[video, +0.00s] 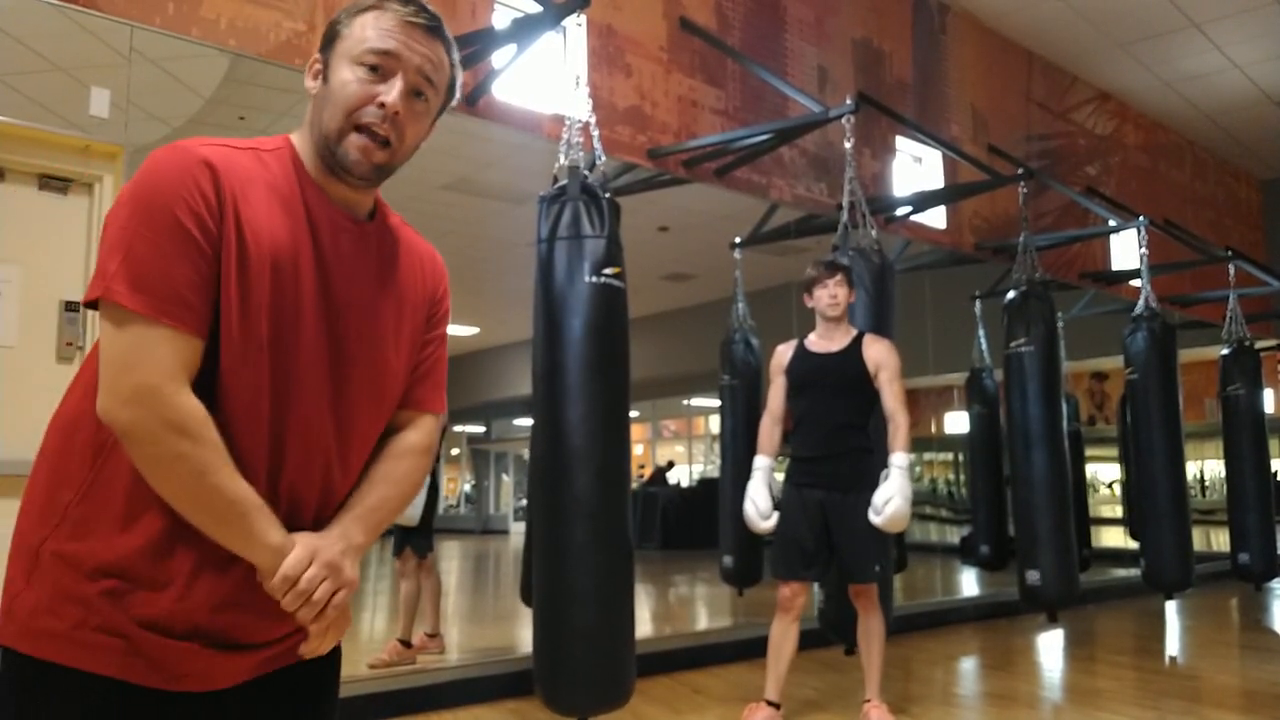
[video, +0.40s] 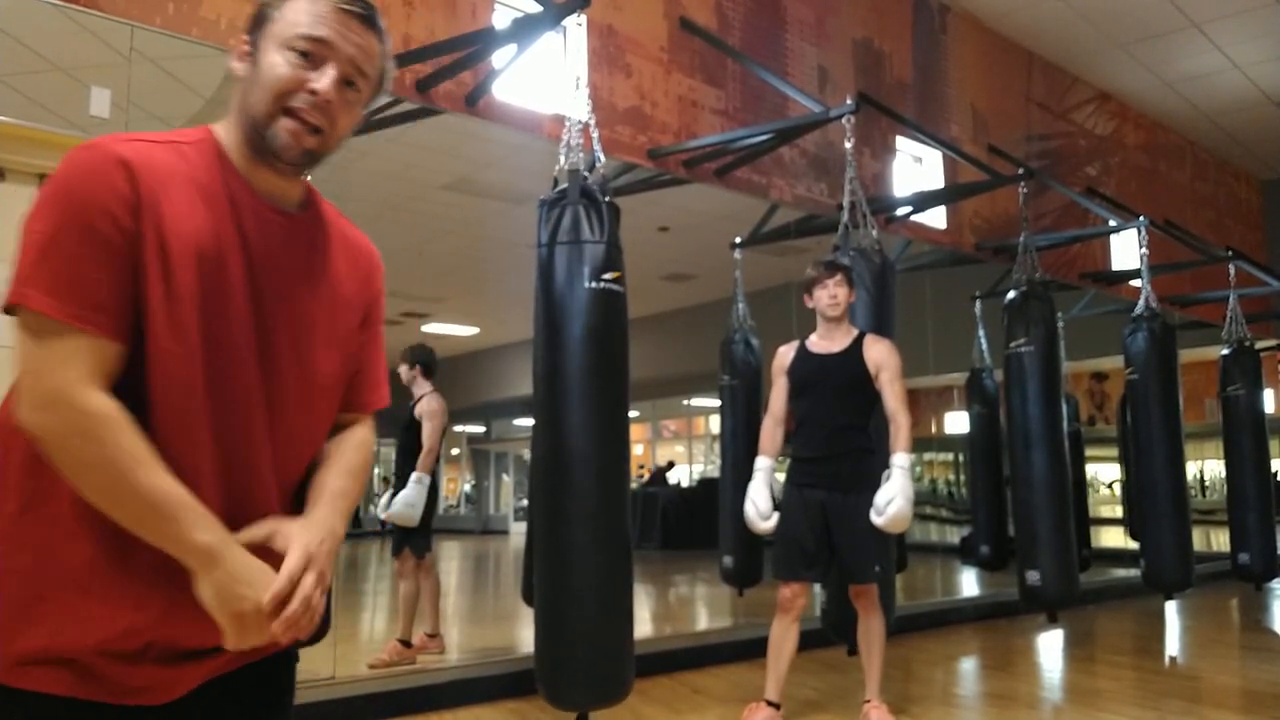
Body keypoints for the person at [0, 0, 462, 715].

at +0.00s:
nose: (394, 101)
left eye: (421, 92)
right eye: (375, 68)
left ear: (429, 125)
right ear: (317, 73)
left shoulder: (421, 273)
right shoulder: (194, 179)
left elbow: (417, 430)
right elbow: (141, 396)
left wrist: (349, 538)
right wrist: (280, 554)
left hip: (284, 654)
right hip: (101, 643)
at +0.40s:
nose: (322, 89)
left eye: (351, 83)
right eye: (305, 54)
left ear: (362, 116)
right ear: (245, 50)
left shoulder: (355, 261)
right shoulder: (115, 178)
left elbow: (353, 423)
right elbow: (55, 393)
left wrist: (324, 525)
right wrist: (211, 554)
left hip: (243, 670)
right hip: (67, 664)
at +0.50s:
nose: (296, 80)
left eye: (325, 73)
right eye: (277, 45)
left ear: (332, 104)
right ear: (214, 43)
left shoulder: (328, 250)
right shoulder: (78, 173)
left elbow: (341, 407)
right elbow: (10, 375)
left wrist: (332, 492)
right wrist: (163, 527)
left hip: (239, 663)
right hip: (62, 664)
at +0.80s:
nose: (225, 47)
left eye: (250, 37)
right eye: (199, 17)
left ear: (259, 67)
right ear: (132, 24)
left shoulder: (280, 214)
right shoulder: (23, 160)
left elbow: (316, 362)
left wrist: (280, 411)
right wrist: (147, 413)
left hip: (239, 645)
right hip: (51, 655)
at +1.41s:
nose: (246, 58)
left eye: (273, 46)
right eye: (222, 36)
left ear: (305, 79)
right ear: (183, 63)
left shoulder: (370, 230)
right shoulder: (93, 206)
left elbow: (430, 378)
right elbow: (13, 380)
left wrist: (373, 400)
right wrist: (170, 409)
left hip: (301, 651)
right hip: (114, 652)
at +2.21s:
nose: (173, 79)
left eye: (200, 59)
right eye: (148, 53)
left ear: (232, 83)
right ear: (109, 66)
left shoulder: (292, 229)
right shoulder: (22, 195)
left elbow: (327, 407)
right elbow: (2, 375)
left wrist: (314, 337)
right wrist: (133, 383)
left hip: (237, 640)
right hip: (47, 642)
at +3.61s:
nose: (273, 111)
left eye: (302, 96)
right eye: (255, 81)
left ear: (328, 119)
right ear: (215, 84)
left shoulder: (366, 255)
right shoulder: (115, 214)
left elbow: (394, 418)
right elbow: (56, 392)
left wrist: (342, 376)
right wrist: (223, 428)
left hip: (282, 647)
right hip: (107, 639)